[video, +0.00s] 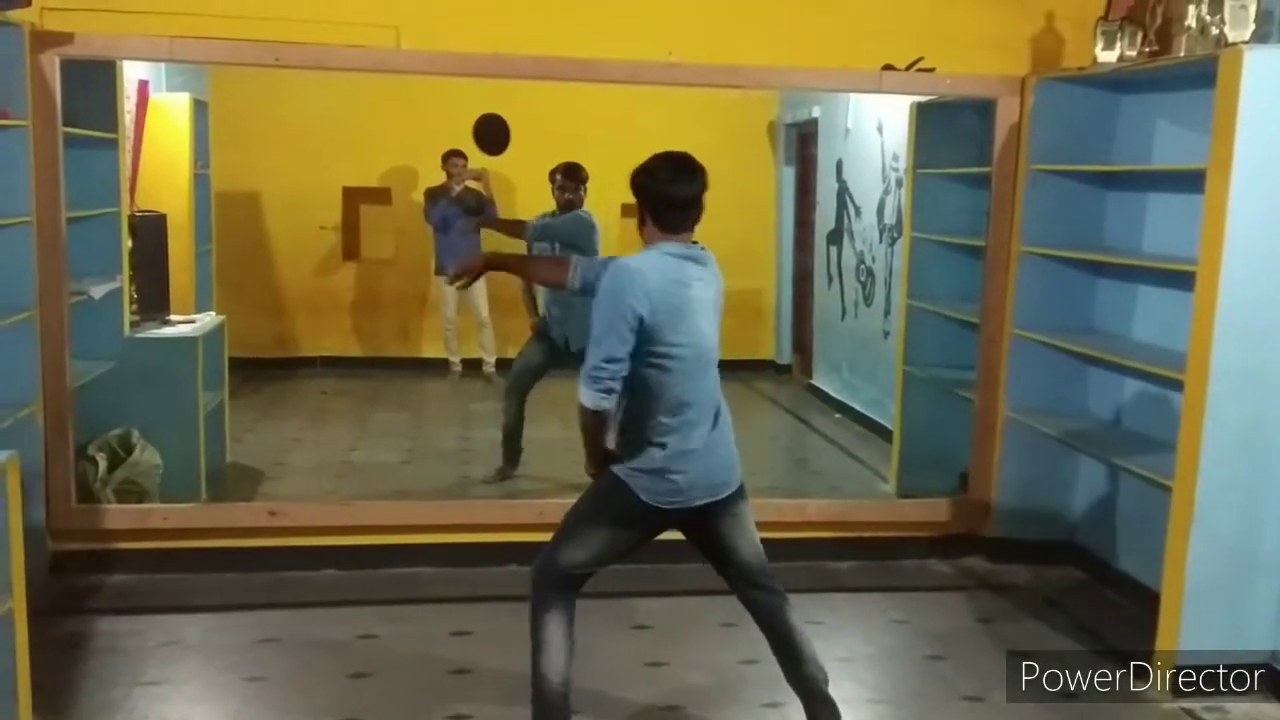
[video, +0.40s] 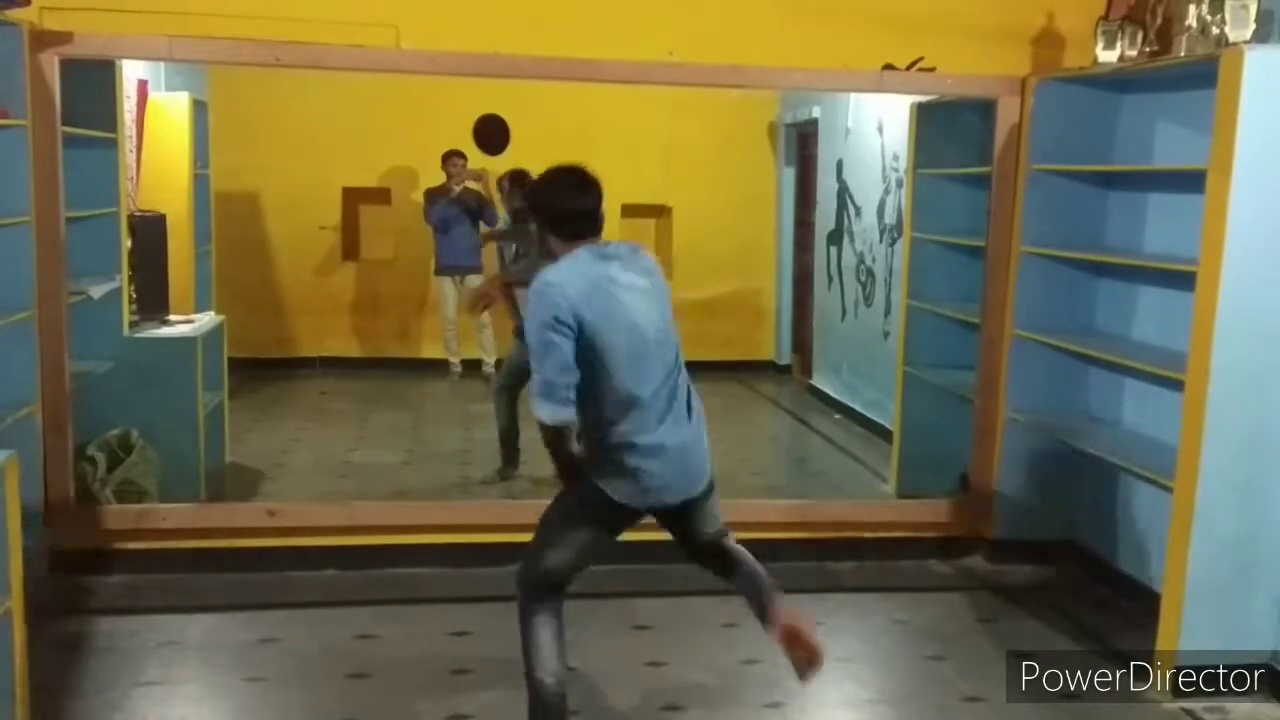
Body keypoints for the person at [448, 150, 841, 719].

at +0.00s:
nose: (629, 206)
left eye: (633, 200)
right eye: (638, 198)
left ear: (639, 210)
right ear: (699, 211)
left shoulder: (626, 276)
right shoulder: (705, 269)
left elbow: (598, 392)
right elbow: (576, 270)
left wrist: (596, 460)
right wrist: (493, 259)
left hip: (652, 475)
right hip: (715, 469)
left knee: (554, 578)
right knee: (766, 594)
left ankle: (550, 713)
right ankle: (825, 713)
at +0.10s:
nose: (584, 209)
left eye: (585, 202)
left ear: (590, 209)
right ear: (649, 205)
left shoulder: (596, 280)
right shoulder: (671, 262)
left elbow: (586, 405)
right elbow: (598, 273)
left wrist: (580, 463)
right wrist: (526, 260)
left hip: (639, 471)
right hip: (696, 460)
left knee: (541, 579)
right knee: (740, 575)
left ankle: (547, 711)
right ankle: (821, 701)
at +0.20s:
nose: (527, 238)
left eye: (529, 229)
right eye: (528, 228)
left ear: (542, 237)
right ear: (594, 227)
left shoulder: (573, 314)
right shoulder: (628, 279)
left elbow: (606, 434)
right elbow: (670, 280)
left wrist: (581, 479)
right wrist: (603, 258)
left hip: (637, 485)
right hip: (686, 469)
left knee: (527, 585)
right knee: (687, 550)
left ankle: (544, 711)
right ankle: (768, 582)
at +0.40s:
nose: (532, 230)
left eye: (533, 221)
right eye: (533, 220)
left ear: (544, 226)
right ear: (599, 217)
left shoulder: (553, 290)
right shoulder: (642, 263)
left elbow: (554, 416)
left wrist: (570, 473)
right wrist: (518, 295)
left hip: (624, 471)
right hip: (688, 458)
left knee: (540, 581)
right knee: (714, 544)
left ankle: (548, 709)